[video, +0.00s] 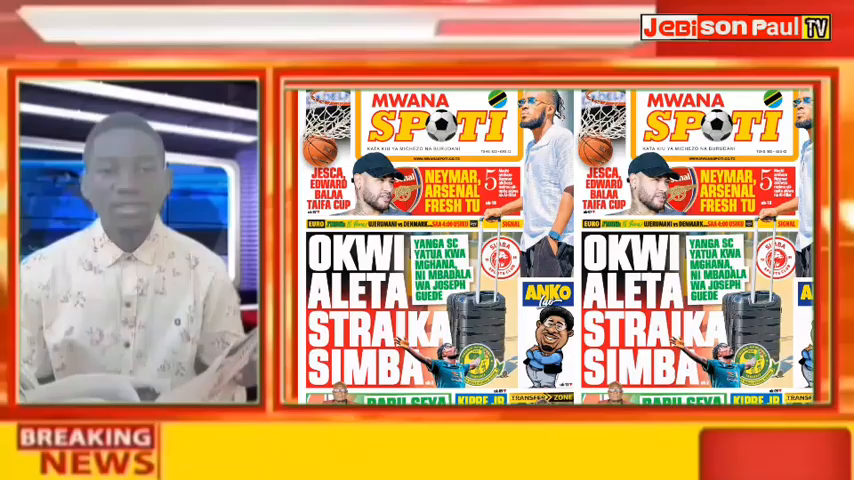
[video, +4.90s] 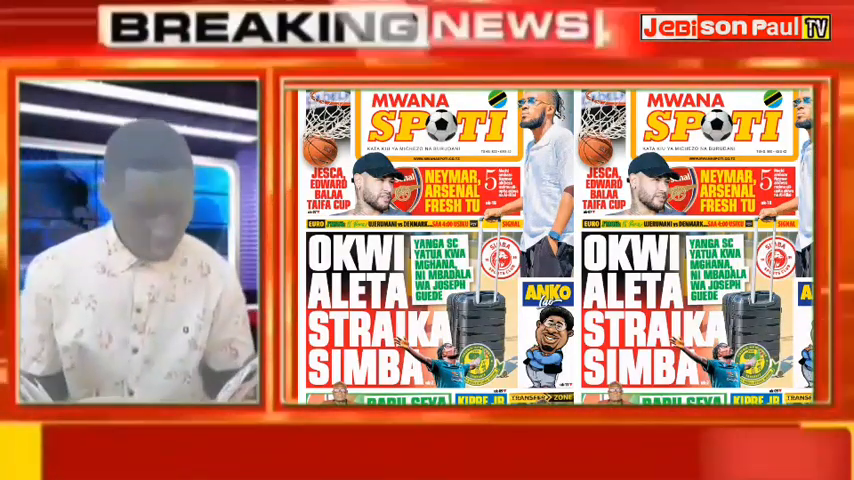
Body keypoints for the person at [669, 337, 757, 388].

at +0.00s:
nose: (729, 348)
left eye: (729, 347)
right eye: (724, 347)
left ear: (731, 351)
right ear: (718, 353)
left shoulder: (737, 366)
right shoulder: (714, 364)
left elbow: (749, 365)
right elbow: (698, 359)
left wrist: (754, 359)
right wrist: (684, 348)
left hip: (736, 401)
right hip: (720, 401)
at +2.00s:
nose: (729, 348)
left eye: (729, 347)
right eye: (724, 347)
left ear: (731, 351)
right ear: (718, 353)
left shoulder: (737, 366)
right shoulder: (714, 364)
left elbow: (749, 365)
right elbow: (698, 359)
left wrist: (754, 359)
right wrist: (684, 348)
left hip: (736, 401)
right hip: (720, 401)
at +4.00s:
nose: (729, 348)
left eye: (729, 347)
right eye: (724, 347)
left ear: (731, 351)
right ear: (718, 353)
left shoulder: (737, 366)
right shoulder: (714, 364)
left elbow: (750, 365)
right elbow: (698, 359)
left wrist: (755, 358)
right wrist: (683, 348)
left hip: (736, 401)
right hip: (720, 401)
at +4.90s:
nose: (729, 348)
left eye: (729, 347)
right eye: (725, 347)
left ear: (731, 351)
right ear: (718, 353)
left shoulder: (737, 366)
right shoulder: (714, 364)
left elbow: (749, 365)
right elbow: (698, 359)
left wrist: (754, 359)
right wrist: (684, 348)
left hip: (736, 400)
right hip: (720, 401)